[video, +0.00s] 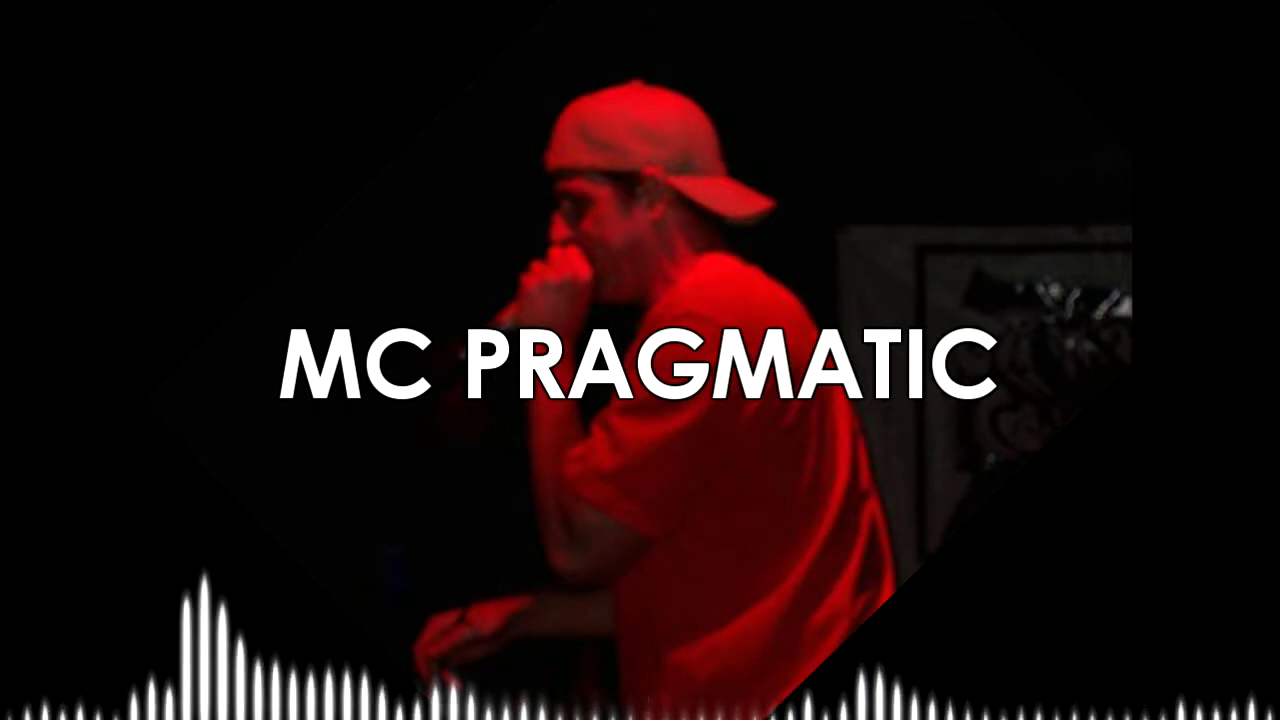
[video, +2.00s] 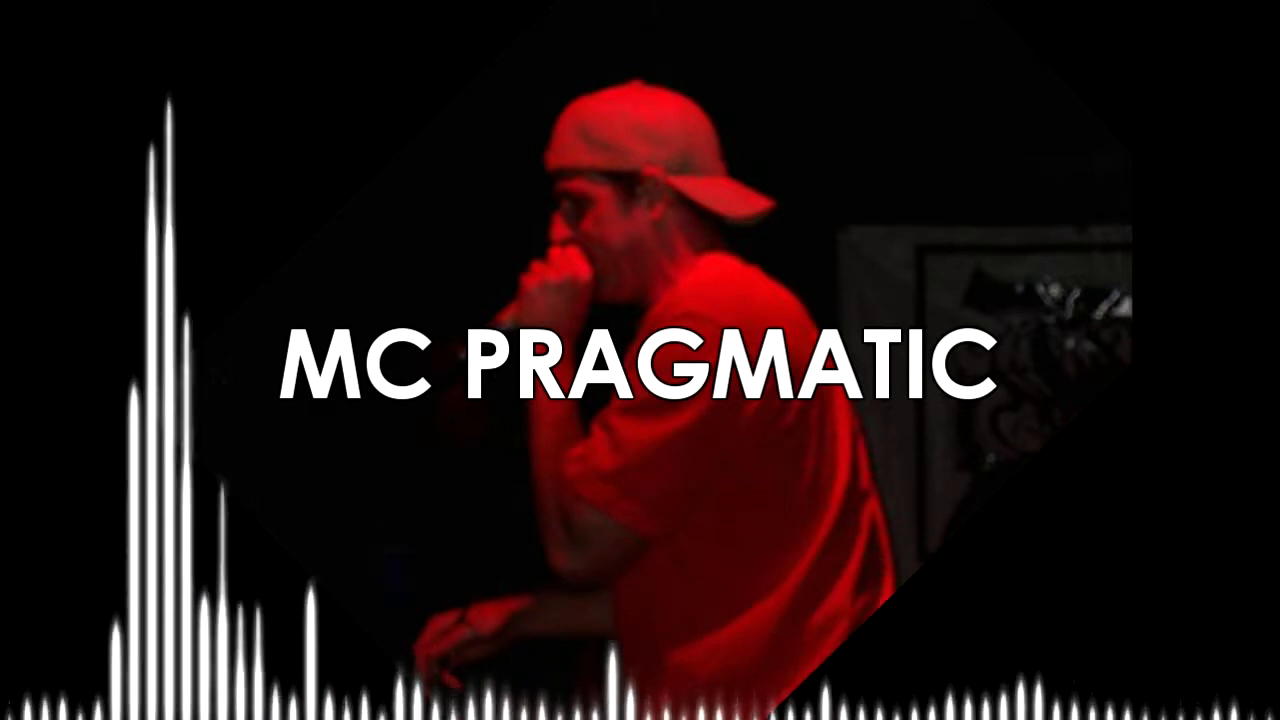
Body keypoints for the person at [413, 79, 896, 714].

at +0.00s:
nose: (559, 233)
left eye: (576, 206)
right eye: (559, 209)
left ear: (652, 199)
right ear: (649, 200)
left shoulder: (706, 314)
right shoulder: (746, 303)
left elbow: (577, 544)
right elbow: (700, 580)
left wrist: (546, 348)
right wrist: (520, 619)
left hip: (736, 704)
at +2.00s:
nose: (560, 233)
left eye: (577, 207)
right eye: (560, 209)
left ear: (653, 198)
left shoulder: (706, 314)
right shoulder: (744, 303)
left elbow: (577, 544)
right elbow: (696, 579)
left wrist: (545, 347)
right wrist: (518, 620)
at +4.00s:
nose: (560, 233)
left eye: (577, 206)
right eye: (560, 209)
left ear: (652, 199)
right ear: (649, 200)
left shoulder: (706, 314)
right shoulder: (746, 303)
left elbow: (577, 543)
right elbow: (699, 578)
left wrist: (545, 347)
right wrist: (517, 620)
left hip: (733, 705)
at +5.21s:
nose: (560, 233)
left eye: (577, 207)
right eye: (560, 209)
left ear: (653, 200)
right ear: (650, 201)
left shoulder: (706, 314)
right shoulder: (748, 303)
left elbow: (578, 544)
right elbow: (701, 580)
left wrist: (546, 347)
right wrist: (520, 619)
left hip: (735, 705)